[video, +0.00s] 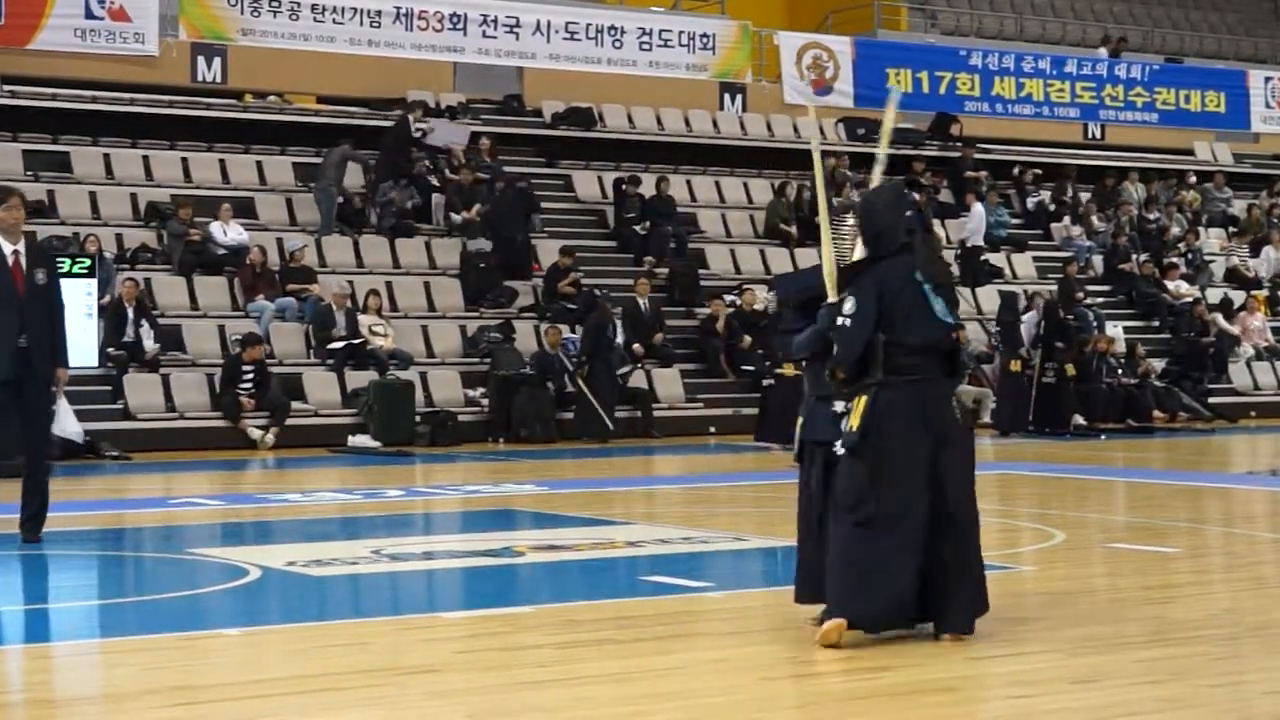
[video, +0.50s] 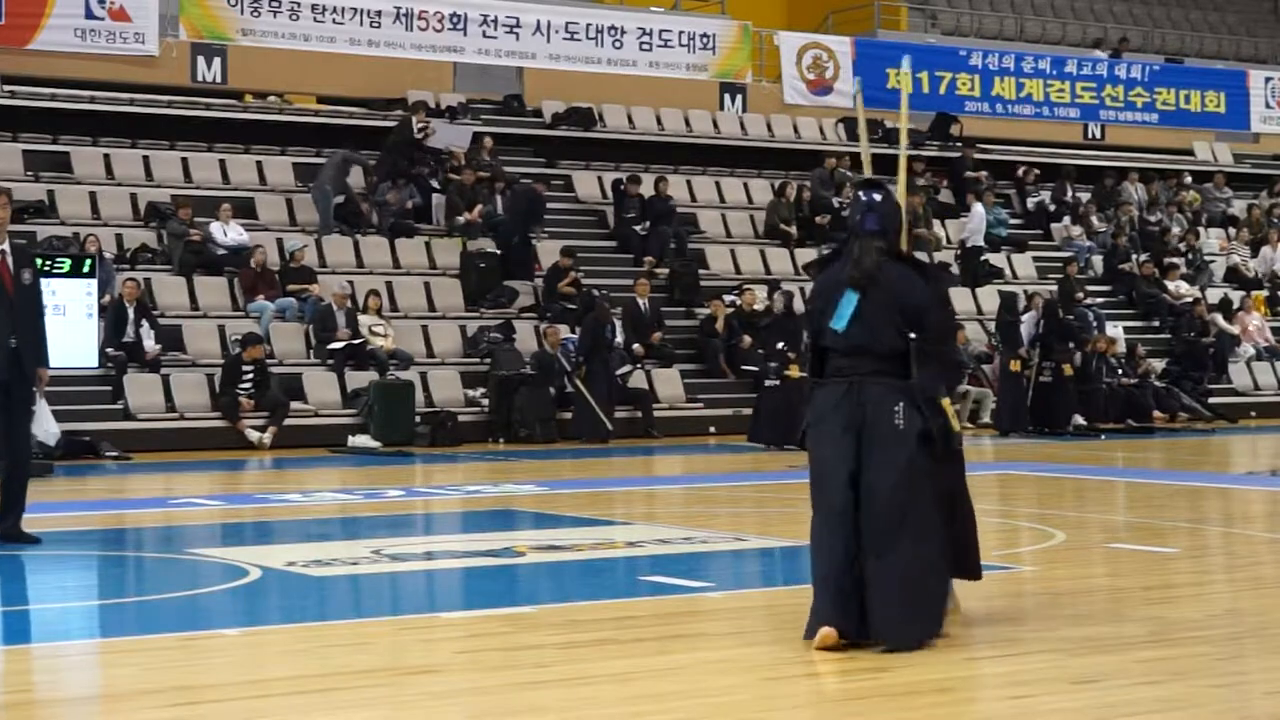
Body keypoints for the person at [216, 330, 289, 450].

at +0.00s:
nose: (261, 351)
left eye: (261, 348)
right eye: (258, 349)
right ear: (248, 349)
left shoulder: (261, 363)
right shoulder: (231, 362)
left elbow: (265, 385)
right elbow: (225, 389)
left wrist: (255, 400)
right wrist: (240, 399)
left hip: (256, 396)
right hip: (237, 396)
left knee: (283, 403)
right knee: (227, 402)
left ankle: (270, 435)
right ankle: (249, 430)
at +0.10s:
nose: (261, 351)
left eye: (261, 348)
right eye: (258, 348)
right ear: (248, 349)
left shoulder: (261, 363)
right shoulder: (231, 363)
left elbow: (265, 386)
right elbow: (225, 389)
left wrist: (255, 400)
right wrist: (240, 399)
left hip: (256, 396)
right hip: (237, 396)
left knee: (283, 403)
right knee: (227, 402)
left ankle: (270, 435)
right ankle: (248, 430)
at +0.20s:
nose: (261, 351)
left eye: (261, 348)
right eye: (258, 349)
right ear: (248, 349)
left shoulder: (261, 363)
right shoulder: (231, 363)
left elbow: (265, 386)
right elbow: (225, 389)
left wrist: (254, 400)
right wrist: (239, 399)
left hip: (256, 396)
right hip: (237, 397)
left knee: (283, 403)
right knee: (227, 402)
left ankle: (269, 435)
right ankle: (247, 430)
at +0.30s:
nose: (263, 351)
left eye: (262, 347)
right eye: (260, 348)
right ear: (249, 349)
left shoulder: (261, 362)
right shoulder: (231, 362)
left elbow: (265, 386)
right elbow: (225, 388)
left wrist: (254, 400)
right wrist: (239, 399)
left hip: (256, 396)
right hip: (236, 396)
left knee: (283, 403)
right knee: (225, 403)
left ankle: (267, 435)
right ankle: (247, 431)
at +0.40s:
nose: (262, 350)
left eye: (262, 347)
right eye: (259, 348)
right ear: (249, 349)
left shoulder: (260, 362)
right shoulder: (231, 362)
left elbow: (265, 386)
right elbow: (225, 388)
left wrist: (254, 400)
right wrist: (239, 399)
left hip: (255, 396)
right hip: (235, 396)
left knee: (282, 403)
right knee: (225, 403)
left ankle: (267, 435)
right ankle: (247, 432)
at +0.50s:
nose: (262, 350)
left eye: (262, 347)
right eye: (259, 348)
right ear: (249, 349)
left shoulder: (260, 362)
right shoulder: (231, 362)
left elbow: (265, 386)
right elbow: (225, 388)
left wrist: (254, 400)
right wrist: (239, 399)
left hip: (256, 396)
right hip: (236, 396)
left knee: (283, 403)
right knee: (225, 403)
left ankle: (268, 435)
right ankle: (247, 431)